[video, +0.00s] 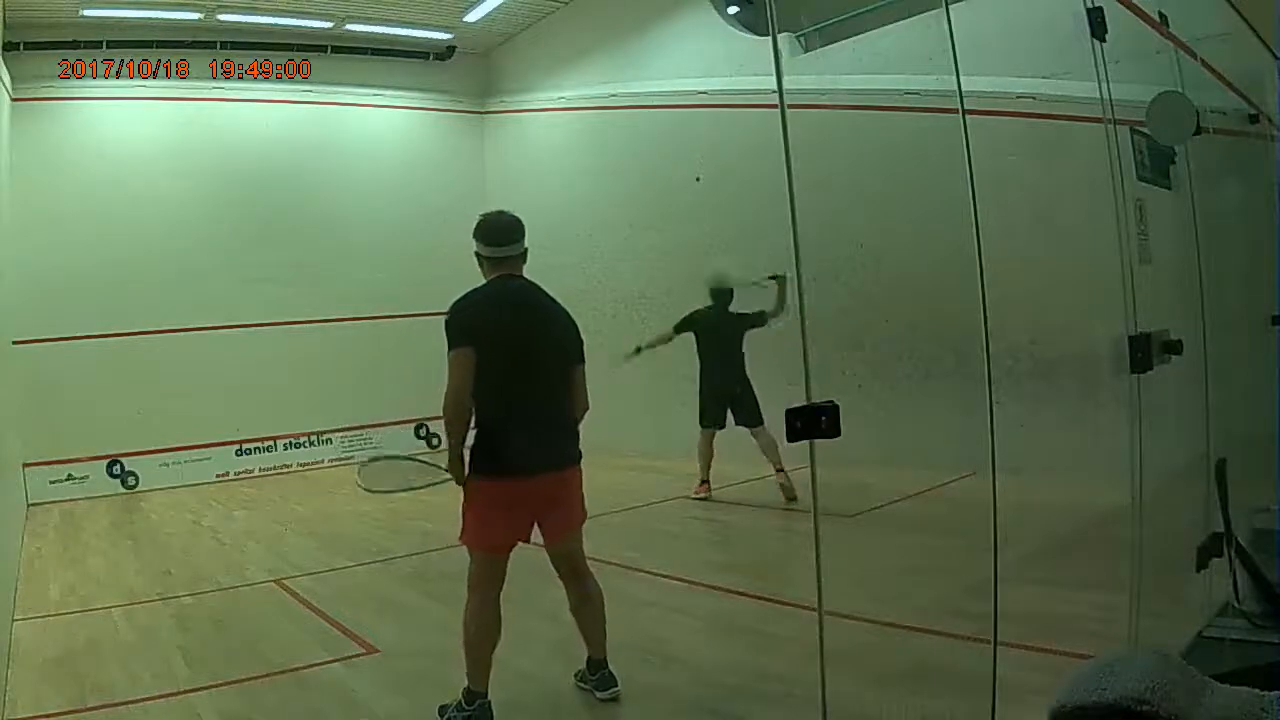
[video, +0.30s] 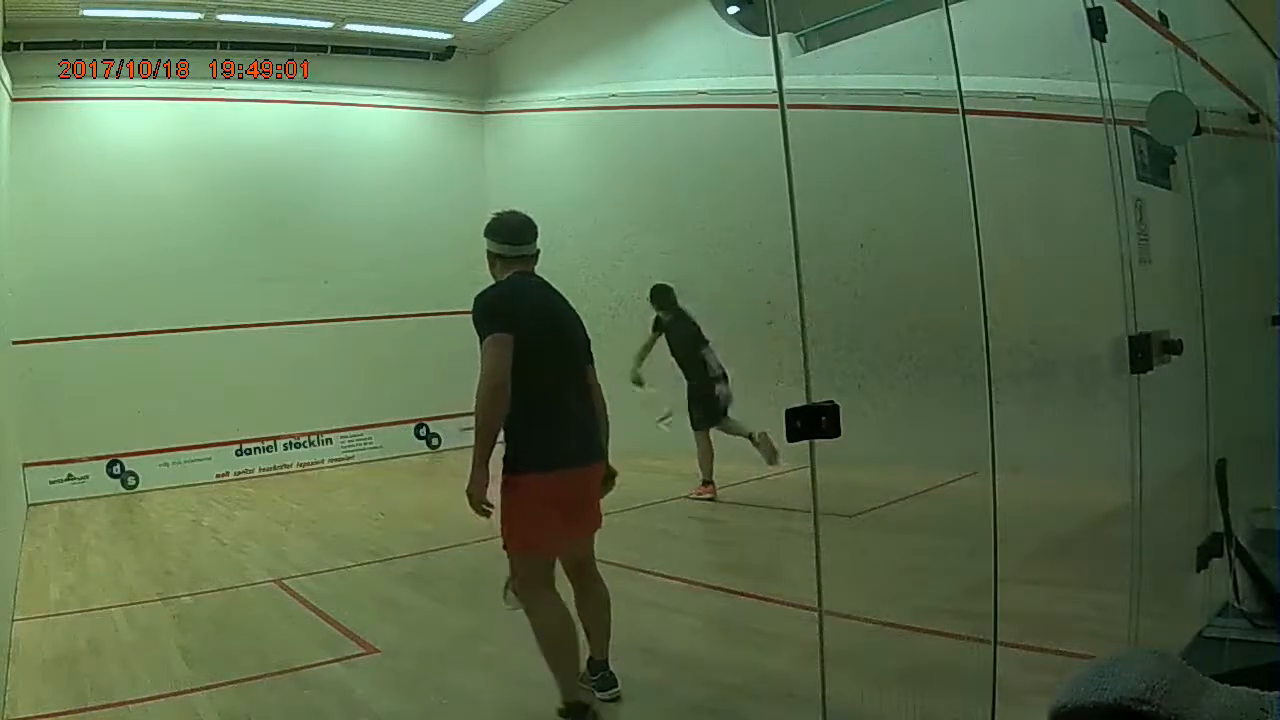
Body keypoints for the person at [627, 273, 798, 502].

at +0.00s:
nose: (723, 300)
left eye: (719, 296)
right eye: (726, 296)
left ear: (710, 296)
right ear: (730, 296)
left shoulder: (697, 318)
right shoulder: (739, 320)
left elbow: (667, 336)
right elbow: (776, 311)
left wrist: (643, 347)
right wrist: (781, 285)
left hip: (711, 387)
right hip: (740, 385)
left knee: (707, 434)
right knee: (759, 431)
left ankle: (704, 484)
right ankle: (780, 473)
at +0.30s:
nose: (657, 309)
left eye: (657, 305)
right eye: (656, 306)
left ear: (660, 303)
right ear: (668, 300)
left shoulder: (683, 323)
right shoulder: (662, 319)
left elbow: (706, 350)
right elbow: (648, 344)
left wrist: (720, 380)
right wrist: (636, 368)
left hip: (702, 382)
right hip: (698, 381)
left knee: (701, 432)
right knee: (718, 420)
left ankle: (708, 484)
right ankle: (755, 438)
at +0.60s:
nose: (623, 313)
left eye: (626, 308)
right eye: (623, 308)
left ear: (640, 311)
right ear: (637, 312)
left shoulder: (666, 331)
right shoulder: (627, 334)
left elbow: (690, 358)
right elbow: (634, 368)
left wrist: (708, 387)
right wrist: (664, 370)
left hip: (678, 389)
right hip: (655, 390)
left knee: (689, 436)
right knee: (643, 436)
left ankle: (710, 480)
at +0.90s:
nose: (596, 305)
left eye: (601, 301)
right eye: (596, 301)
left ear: (617, 303)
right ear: (600, 304)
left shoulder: (634, 332)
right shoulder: (600, 333)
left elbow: (648, 367)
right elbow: (596, 368)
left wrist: (645, 397)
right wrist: (595, 397)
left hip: (632, 400)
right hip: (608, 400)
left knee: (636, 447)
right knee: (608, 446)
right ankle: (615, 494)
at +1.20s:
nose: (578, 308)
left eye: (584, 304)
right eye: (576, 304)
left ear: (599, 307)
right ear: (576, 308)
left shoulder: (601, 338)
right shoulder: (589, 336)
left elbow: (602, 380)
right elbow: (592, 377)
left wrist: (569, 400)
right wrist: (578, 403)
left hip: (607, 410)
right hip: (598, 408)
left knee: (581, 462)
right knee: (602, 457)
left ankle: (601, 528)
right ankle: (615, 497)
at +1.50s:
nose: (554, 282)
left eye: (558, 276)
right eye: (556, 276)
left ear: (569, 279)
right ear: (577, 278)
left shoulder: (579, 310)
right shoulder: (581, 307)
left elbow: (586, 359)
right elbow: (587, 359)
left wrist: (557, 392)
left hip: (585, 395)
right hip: (599, 394)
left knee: (564, 464)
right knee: (596, 463)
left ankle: (598, 524)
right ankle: (637, 518)